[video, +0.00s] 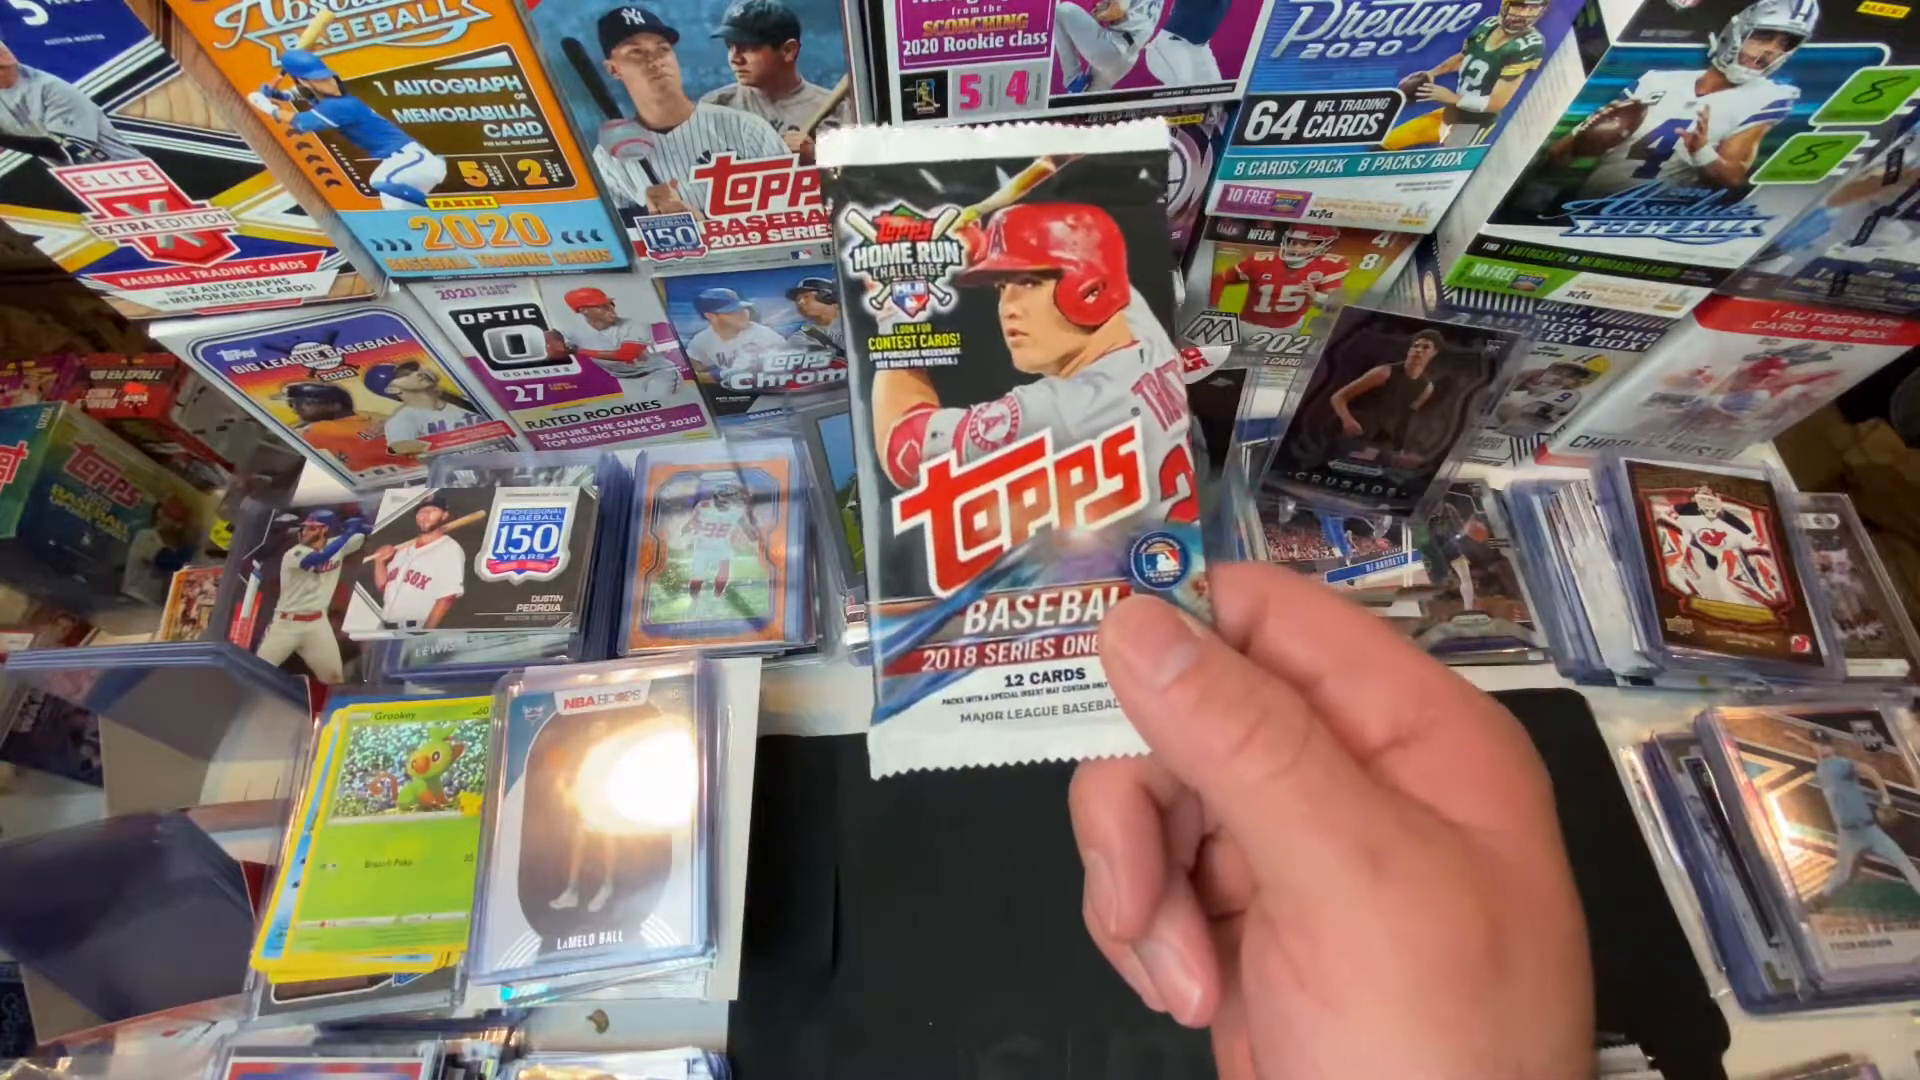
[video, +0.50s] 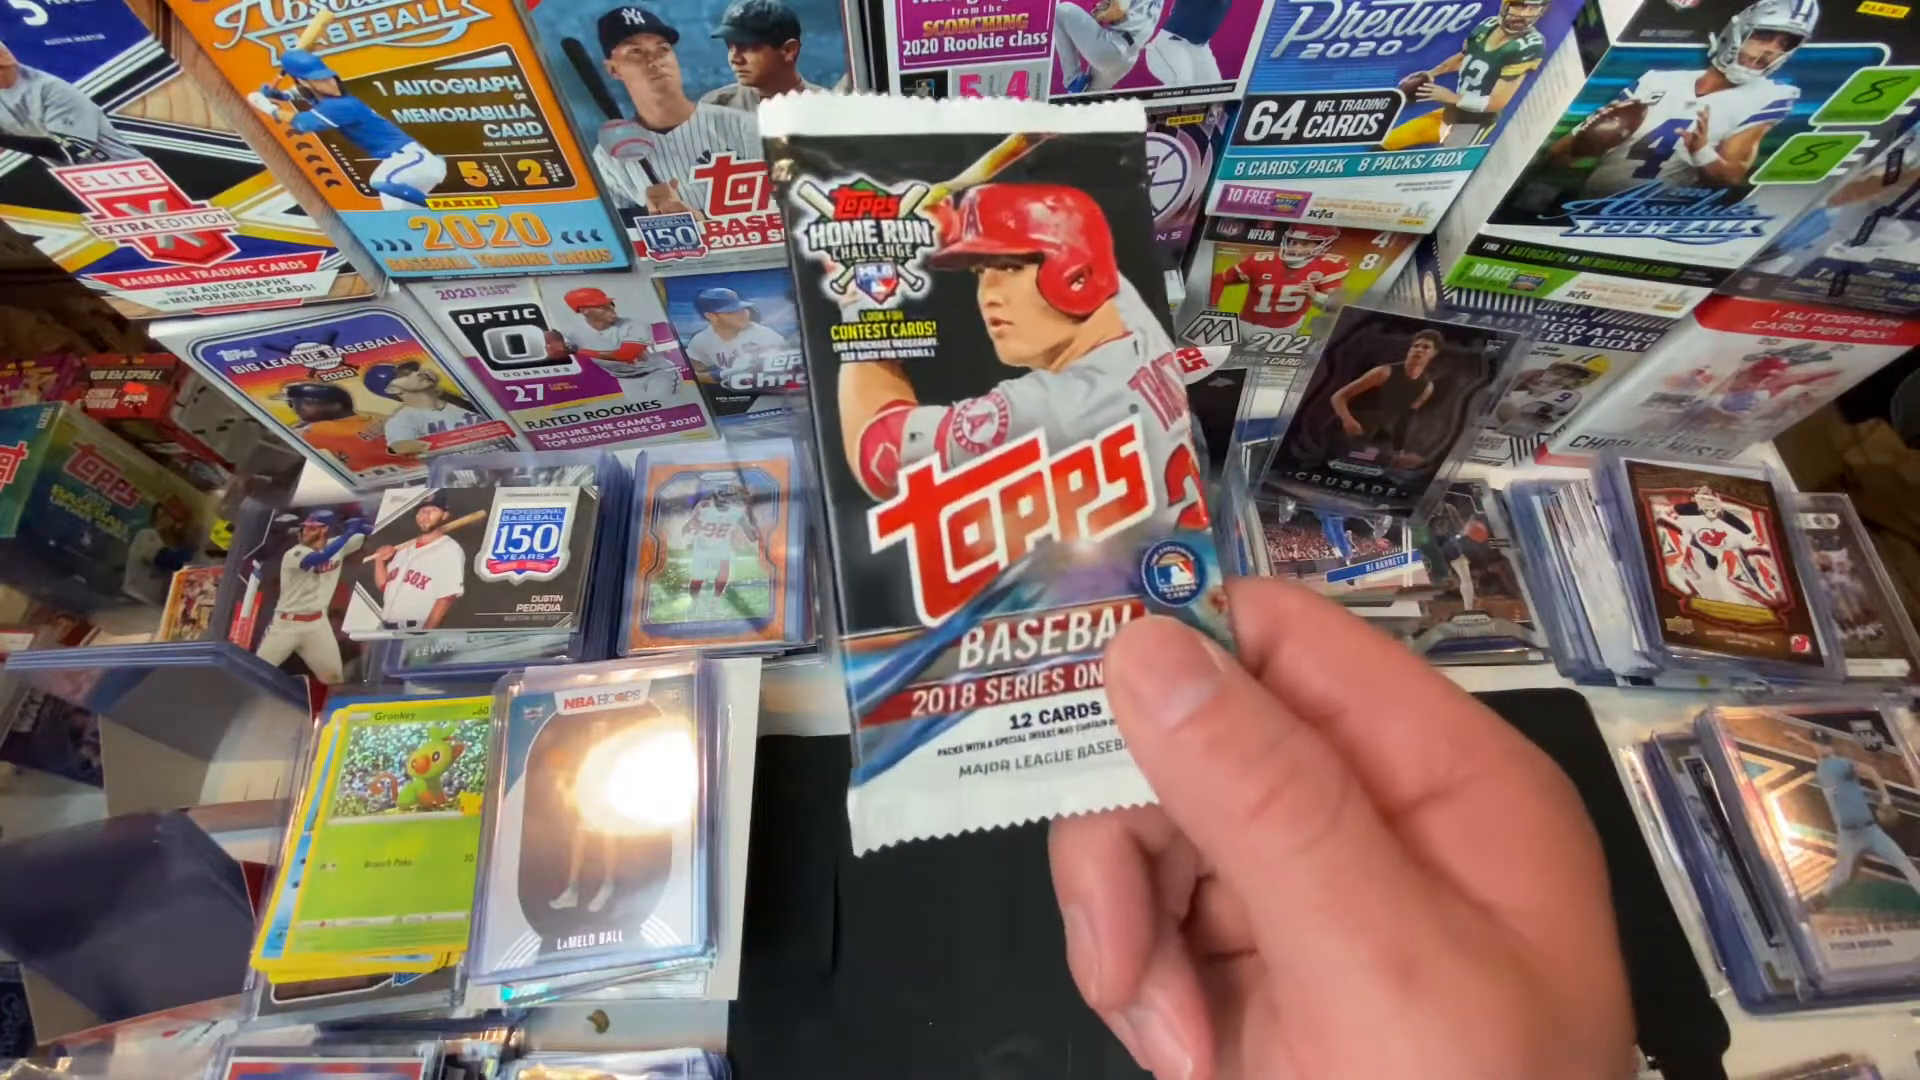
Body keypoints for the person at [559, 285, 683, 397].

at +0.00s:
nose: (612, 310)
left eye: (611, 305)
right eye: (604, 308)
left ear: (613, 304)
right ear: (587, 312)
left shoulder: (633, 325)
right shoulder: (579, 335)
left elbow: (627, 354)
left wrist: (581, 353)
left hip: (658, 371)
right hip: (624, 378)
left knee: (657, 397)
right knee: (630, 403)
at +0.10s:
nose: (612, 310)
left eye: (611, 305)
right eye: (604, 308)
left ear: (613, 304)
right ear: (587, 312)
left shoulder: (633, 325)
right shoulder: (579, 336)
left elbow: (627, 354)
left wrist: (581, 353)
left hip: (658, 371)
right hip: (624, 378)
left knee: (657, 395)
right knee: (630, 402)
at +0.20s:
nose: (613, 311)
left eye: (611, 306)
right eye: (605, 308)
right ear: (587, 312)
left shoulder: (633, 325)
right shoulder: (578, 336)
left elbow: (628, 354)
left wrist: (583, 353)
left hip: (657, 371)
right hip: (624, 378)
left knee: (657, 398)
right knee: (631, 402)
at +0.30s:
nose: (613, 311)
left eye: (611, 306)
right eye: (605, 307)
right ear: (587, 312)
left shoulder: (633, 326)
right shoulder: (578, 336)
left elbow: (628, 355)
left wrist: (583, 353)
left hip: (657, 371)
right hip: (624, 378)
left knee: (657, 397)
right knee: (630, 404)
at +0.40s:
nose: (612, 310)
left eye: (611, 306)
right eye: (605, 308)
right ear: (587, 312)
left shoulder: (632, 325)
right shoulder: (578, 336)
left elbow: (628, 354)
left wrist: (582, 353)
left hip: (657, 371)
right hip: (625, 378)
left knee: (657, 400)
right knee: (633, 406)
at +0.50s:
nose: (612, 310)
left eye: (611, 306)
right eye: (605, 308)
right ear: (587, 312)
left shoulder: (632, 325)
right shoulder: (578, 336)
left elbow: (628, 354)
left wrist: (582, 353)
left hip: (657, 371)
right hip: (625, 378)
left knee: (657, 400)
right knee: (633, 406)